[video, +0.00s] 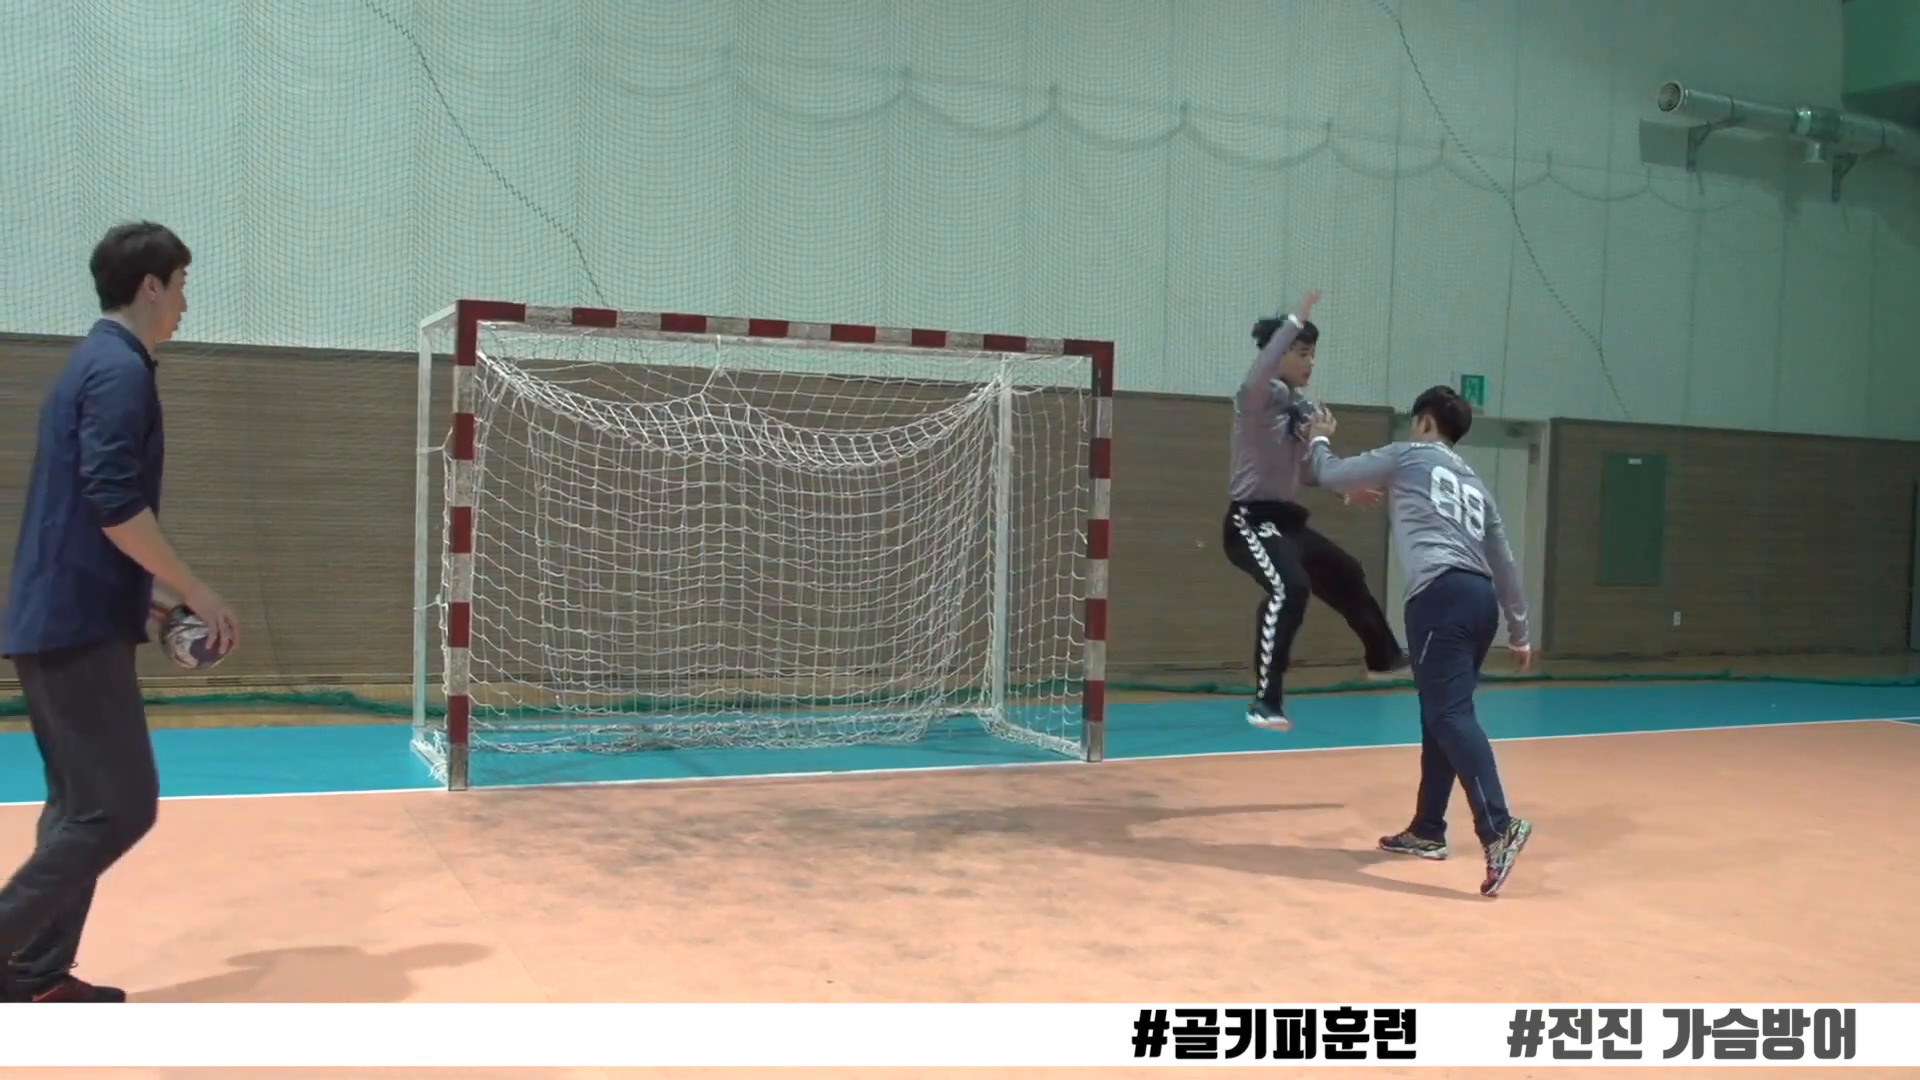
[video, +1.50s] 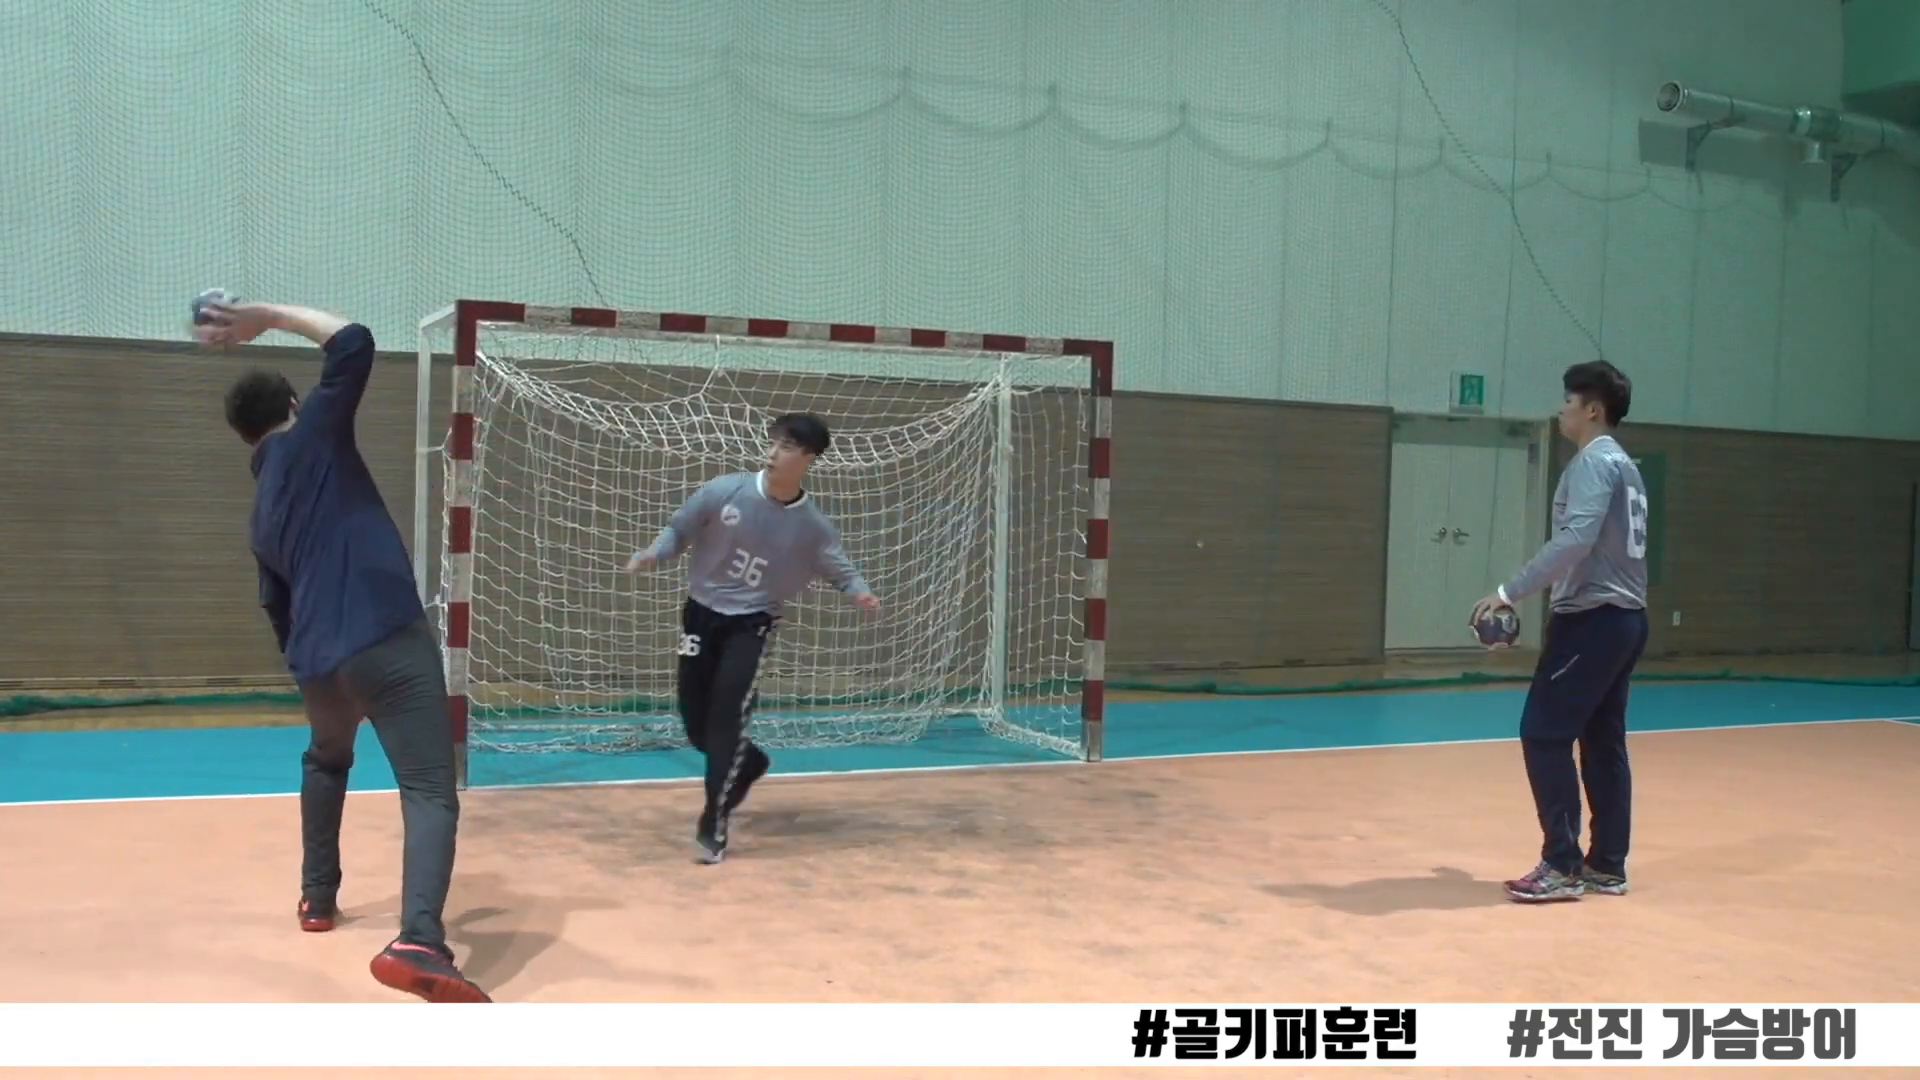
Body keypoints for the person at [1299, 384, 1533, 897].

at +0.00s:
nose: (1410, 430)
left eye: (1413, 422)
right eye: (1413, 423)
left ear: (1425, 423)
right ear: (1457, 433)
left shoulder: (1407, 455)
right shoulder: (1476, 483)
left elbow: (1330, 474)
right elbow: (1503, 560)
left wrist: (1318, 439)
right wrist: (1520, 630)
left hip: (1440, 591)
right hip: (1484, 598)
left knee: (1451, 713)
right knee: (1441, 713)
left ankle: (1498, 827)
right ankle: (1428, 830)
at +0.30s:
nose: (1438, 418)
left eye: (1440, 410)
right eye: (1443, 411)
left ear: (1450, 412)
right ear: (1485, 421)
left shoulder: (1437, 458)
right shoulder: (1503, 481)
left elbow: (1406, 518)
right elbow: (1516, 563)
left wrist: (1388, 554)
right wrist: (1521, 632)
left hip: (1449, 600)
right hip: (1493, 606)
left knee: (1443, 723)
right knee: (1450, 722)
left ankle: (1506, 840)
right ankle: (1429, 832)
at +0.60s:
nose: (1458, 420)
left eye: (1460, 411)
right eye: (1459, 411)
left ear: (1476, 411)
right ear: (1500, 414)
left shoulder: (1486, 460)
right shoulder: (1523, 469)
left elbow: (1479, 526)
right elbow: (1548, 548)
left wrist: (1406, 562)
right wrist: (1565, 613)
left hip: (1499, 613)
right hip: (1517, 610)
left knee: (1487, 736)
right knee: (1469, 727)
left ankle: (1523, 862)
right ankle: (1447, 829)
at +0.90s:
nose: (1498, 407)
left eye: (1503, 398)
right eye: (1501, 397)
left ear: (1521, 403)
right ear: (1535, 406)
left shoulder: (1535, 457)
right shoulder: (1544, 456)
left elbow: (1551, 531)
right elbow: (1553, 533)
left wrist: (1521, 595)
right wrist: (1516, 596)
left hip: (1533, 612)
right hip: (1544, 611)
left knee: (1517, 736)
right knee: (1536, 731)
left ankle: (1524, 861)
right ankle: (1591, 841)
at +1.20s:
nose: (1536, 412)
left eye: (1542, 403)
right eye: (1540, 402)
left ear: (1562, 408)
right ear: (1575, 411)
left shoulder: (1572, 459)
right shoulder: (1591, 463)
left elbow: (1593, 539)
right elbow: (1576, 561)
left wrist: (1568, 620)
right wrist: (1513, 590)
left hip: (1567, 619)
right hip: (1600, 620)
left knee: (1521, 734)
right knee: (1591, 739)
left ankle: (1523, 861)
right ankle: (1606, 863)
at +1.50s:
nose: (1561, 410)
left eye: (1569, 402)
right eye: (1565, 401)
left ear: (1591, 408)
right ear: (1602, 411)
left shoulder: (1593, 462)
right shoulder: (1624, 465)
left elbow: (1576, 541)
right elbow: (1620, 553)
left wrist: (1511, 592)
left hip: (1592, 621)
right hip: (1623, 621)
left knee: (1543, 732)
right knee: (1603, 740)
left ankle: (1562, 865)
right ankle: (1608, 866)